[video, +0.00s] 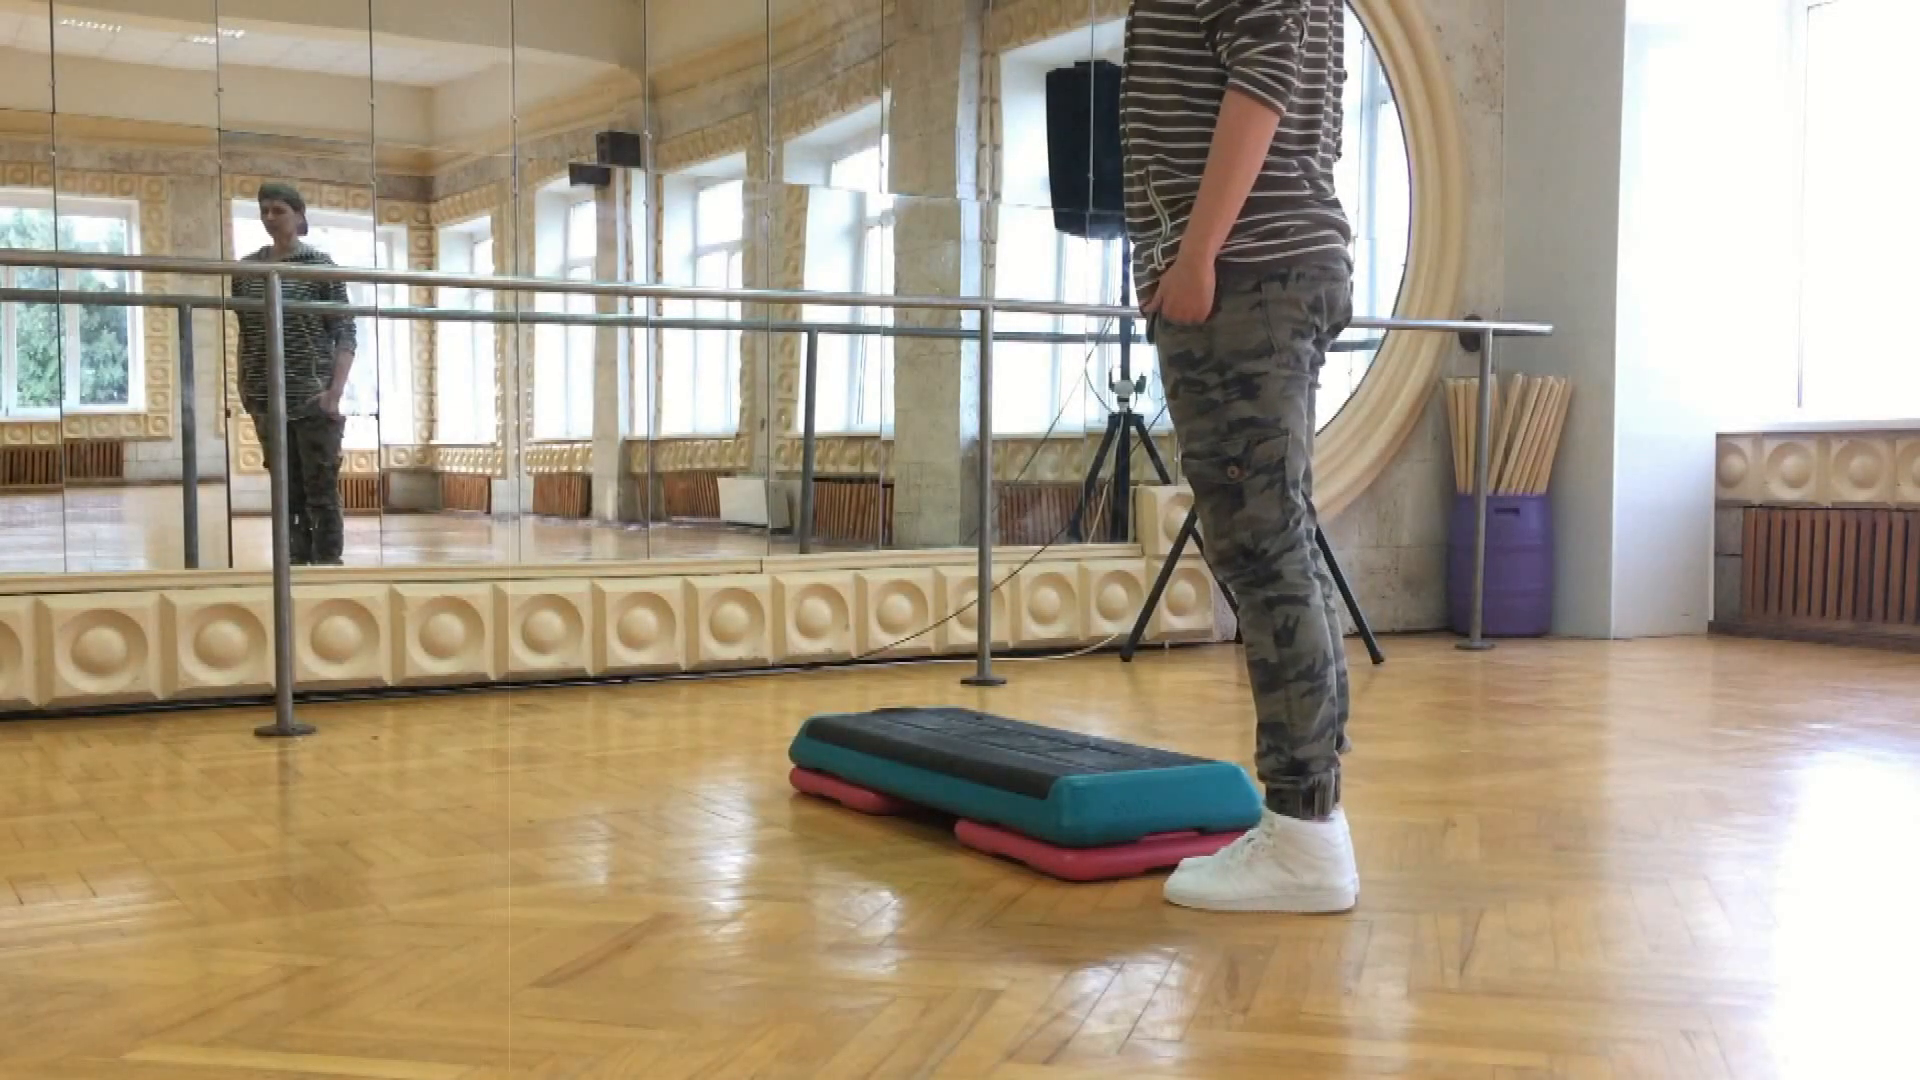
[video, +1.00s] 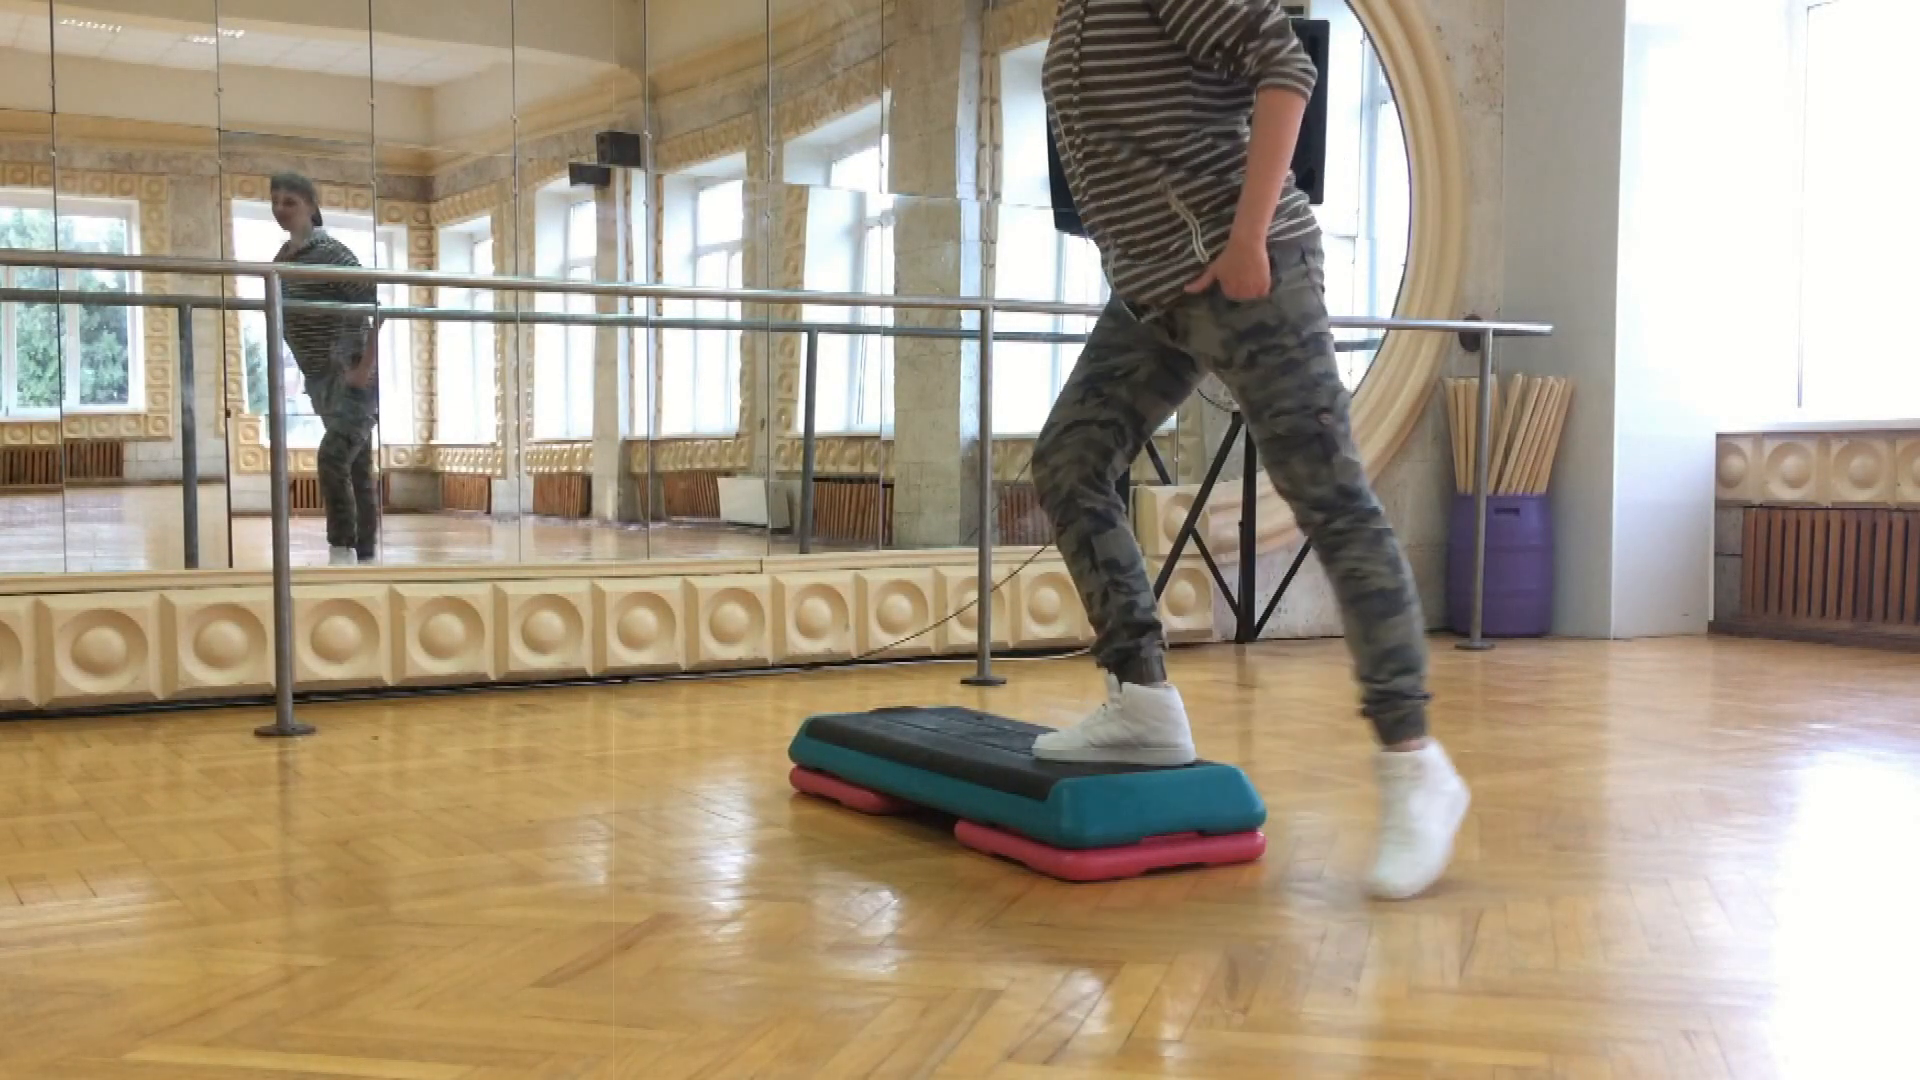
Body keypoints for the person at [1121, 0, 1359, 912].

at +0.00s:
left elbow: (1267, 76)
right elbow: (1268, 91)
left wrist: (1195, 254)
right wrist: (1186, 253)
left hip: (1246, 275)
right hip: (1256, 270)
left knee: (1260, 547)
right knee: (1271, 543)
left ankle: (1303, 835)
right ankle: (1305, 821)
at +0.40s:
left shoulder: (1233, 0)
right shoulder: (1288, 10)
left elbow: (1244, 93)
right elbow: (1315, 148)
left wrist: (1176, 264)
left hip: (1230, 287)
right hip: (1268, 283)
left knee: (1220, 559)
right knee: (1228, 555)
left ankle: (1303, 838)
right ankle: (1302, 824)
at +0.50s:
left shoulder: (1220, 3)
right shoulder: (1291, 19)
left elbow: (1245, 119)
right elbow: (1317, 163)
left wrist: (1163, 286)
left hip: (1230, 301)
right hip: (1250, 302)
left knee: (1156, 561)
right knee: (1107, 538)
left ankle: (1294, 834)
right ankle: (1288, 736)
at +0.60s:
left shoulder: (1209, 4)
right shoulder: (1282, 18)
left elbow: (1254, 141)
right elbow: (1329, 186)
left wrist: (1165, 298)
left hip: (1225, 320)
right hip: (1254, 322)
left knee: (1140, 573)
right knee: (1046, 486)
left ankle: (1292, 835)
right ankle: (1229, 648)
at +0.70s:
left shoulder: (1188, 2)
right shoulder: (1159, 20)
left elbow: (1258, 103)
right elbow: (1298, 135)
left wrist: (1178, 269)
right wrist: (1168, 260)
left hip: (1235, 279)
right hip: (1195, 285)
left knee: (1179, 557)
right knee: (1040, 439)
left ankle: (1292, 834)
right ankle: (1149, 674)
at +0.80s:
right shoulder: (1097, 22)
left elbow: (1266, 46)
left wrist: (1213, 223)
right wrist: (1153, 241)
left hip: (1249, 236)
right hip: (1167, 258)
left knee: (1260, 501)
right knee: (1064, 448)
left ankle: (1280, 797)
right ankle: (1141, 693)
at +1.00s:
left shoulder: (1174, 3)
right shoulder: (1068, 24)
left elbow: (1287, 68)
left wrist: (1249, 235)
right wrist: (1142, 252)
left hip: (1249, 266)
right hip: (1149, 291)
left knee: (1330, 496)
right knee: (1071, 465)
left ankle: (1413, 763)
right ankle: (1144, 704)